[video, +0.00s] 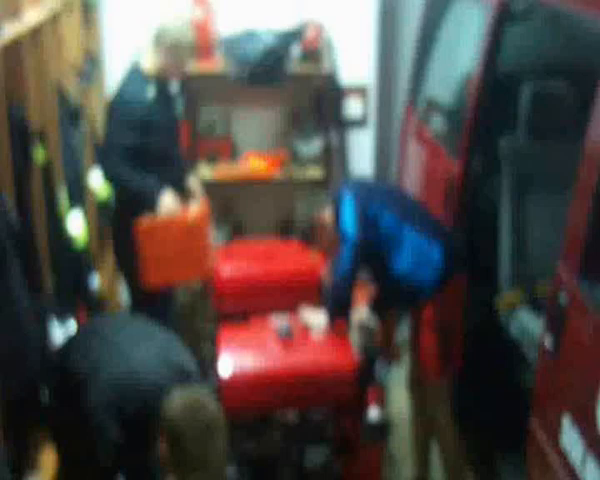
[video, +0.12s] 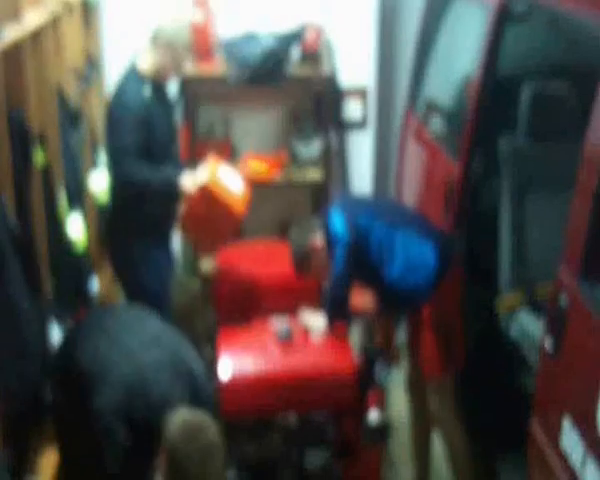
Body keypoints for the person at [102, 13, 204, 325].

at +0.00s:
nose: (183, 66)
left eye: (186, 57)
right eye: (178, 56)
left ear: (178, 53)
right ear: (161, 50)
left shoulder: (164, 90)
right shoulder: (133, 96)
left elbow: (167, 150)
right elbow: (114, 161)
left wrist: (185, 177)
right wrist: (156, 193)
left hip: (162, 217)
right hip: (136, 221)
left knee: (163, 305)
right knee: (149, 308)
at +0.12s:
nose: (182, 65)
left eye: (184, 56)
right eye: (178, 55)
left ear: (168, 51)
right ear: (160, 48)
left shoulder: (157, 92)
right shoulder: (130, 97)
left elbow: (161, 158)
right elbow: (126, 171)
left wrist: (190, 173)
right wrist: (179, 180)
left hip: (156, 224)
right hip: (133, 229)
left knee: (160, 316)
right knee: (151, 319)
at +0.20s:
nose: (177, 64)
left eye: (179, 55)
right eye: (175, 54)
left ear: (169, 51)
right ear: (157, 48)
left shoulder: (152, 93)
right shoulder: (133, 98)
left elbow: (165, 161)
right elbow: (142, 173)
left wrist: (197, 177)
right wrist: (192, 189)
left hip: (153, 229)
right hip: (134, 232)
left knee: (157, 320)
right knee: (151, 321)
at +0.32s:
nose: (178, 69)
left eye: (180, 60)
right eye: (175, 59)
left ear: (170, 55)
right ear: (158, 51)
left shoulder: (154, 94)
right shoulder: (138, 101)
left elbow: (170, 156)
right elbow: (145, 174)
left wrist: (195, 181)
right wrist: (190, 204)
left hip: (154, 227)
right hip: (137, 232)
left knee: (160, 315)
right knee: (154, 319)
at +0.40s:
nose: (183, 69)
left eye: (186, 60)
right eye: (178, 59)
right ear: (160, 52)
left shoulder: (161, 95)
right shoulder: (141, 104)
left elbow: (173, 158)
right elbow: (147, 176)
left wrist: (197, 187)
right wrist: (190, 210)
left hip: (156, 230)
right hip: (138, 234)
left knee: (162, 316)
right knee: (156, 319)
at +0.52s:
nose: (188, 76)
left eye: (189, 67)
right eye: (184, 67)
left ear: (176, 63)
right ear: (167, 61)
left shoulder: (163, 100)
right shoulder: (145, 109)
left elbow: (176, 164)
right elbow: (150, 181)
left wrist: (199, 197)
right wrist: (192, 216)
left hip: (157, 234)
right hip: (140, 238)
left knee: (162, 322)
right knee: (156, 324)